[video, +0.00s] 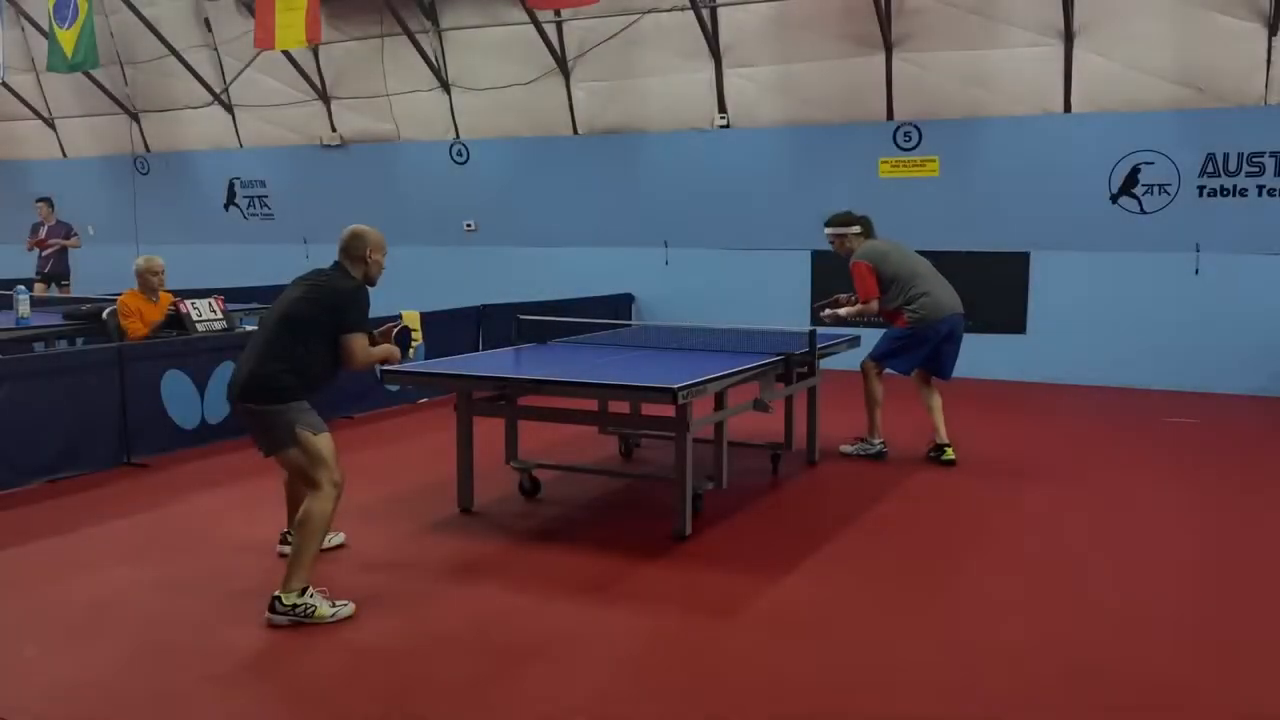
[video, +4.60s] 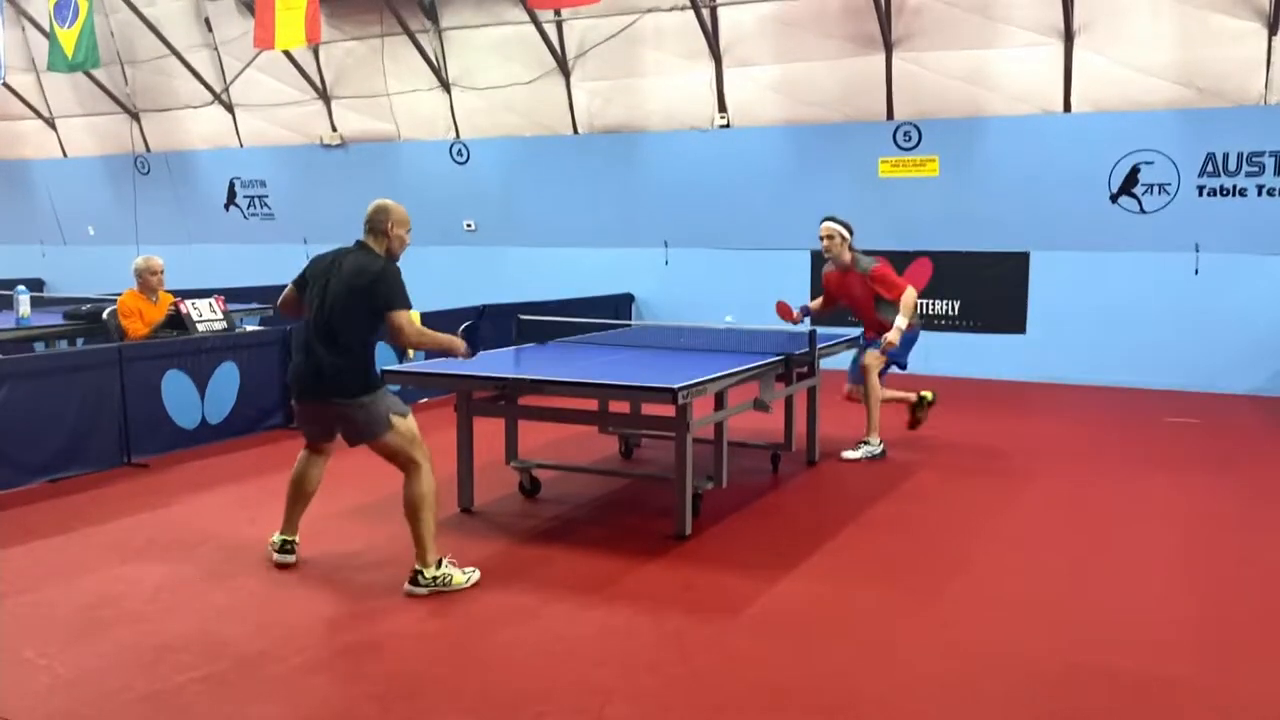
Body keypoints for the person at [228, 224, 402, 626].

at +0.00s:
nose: (384, 266)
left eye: (384, 258)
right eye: (382, 258)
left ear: (345, 255)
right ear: (368, 258)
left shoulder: (315, 279)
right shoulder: (351, 292)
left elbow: (319, 341)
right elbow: (355, 358)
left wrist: (366, 345)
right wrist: (385, 352)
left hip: (251, 388)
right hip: (277, 393)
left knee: (299, 463)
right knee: (328, 483)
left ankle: (298, 532)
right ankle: (291, 595)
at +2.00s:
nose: (389, 269)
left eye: (389, 263)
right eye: (387, 263)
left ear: (351, 262)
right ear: (372, 264)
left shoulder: (321, 285)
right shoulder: (351, 296)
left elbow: (332, 349)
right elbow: (353, 361)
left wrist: (372, 345)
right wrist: (386, 353)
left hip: (247, 389)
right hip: (270, 393)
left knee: (299, 466)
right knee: (324, 483)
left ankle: (297, 533)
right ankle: (289, 596)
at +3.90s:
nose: (387, 237)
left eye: (386, 230)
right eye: (384, 231)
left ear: (349, 233)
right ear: (369, 234)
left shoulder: (312, 263)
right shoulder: (353, 274)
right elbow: (363, 341)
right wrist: (401, 328)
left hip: (278, 387)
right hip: (302, 391)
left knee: (309, 462)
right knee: (343, 486)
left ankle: (298, 533)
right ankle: (289, 597)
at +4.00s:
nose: (389, 235)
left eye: (387, 228)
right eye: (385, 228)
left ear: (348, 230)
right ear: (370, 230)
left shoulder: (309, 259)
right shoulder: (358, 269)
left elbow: (266, 301)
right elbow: (370, 333)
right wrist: (404, 327)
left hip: (281, 385)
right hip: (308, 389)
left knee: (310, 458)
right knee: (346, 487)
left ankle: (299, 534)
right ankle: (289, 597)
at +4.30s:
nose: (388, 235)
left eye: (388, 228)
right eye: (385, 228)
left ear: (350, 226)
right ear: (369, 227)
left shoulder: (307, 256)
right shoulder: (358, 263)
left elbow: (263, 291)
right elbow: (367, 324)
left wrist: (295, 321)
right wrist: (406, 325)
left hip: (284, 379)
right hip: (321, 381)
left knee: (320, 448)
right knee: (382, 465)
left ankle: (293, 539)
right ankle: (332, 560)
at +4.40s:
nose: (390, 239)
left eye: (390, 230)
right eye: (388, 230)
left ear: (355, 222)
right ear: (378, 229)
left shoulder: (315, 257)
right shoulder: (365, 262)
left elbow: (274, 291)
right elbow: (365, 317)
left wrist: (309, 315)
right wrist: (403, 327)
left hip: (294, 380)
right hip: (336, 383)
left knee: (322, 448)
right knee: (388, 445)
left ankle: (294, 538)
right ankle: (388, 560)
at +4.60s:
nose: (408, 241)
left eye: (408, 234)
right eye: (406, 233)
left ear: (368, 230)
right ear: (388, 231)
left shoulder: (323, 262)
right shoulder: (384, 272)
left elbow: (286, 306)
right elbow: (405, 334)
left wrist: (331, 310)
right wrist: (451, 342)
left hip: (306, 383)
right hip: (355, 386)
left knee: (315, 448)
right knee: (417, 463)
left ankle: (286, 538)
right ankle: (428, 567)